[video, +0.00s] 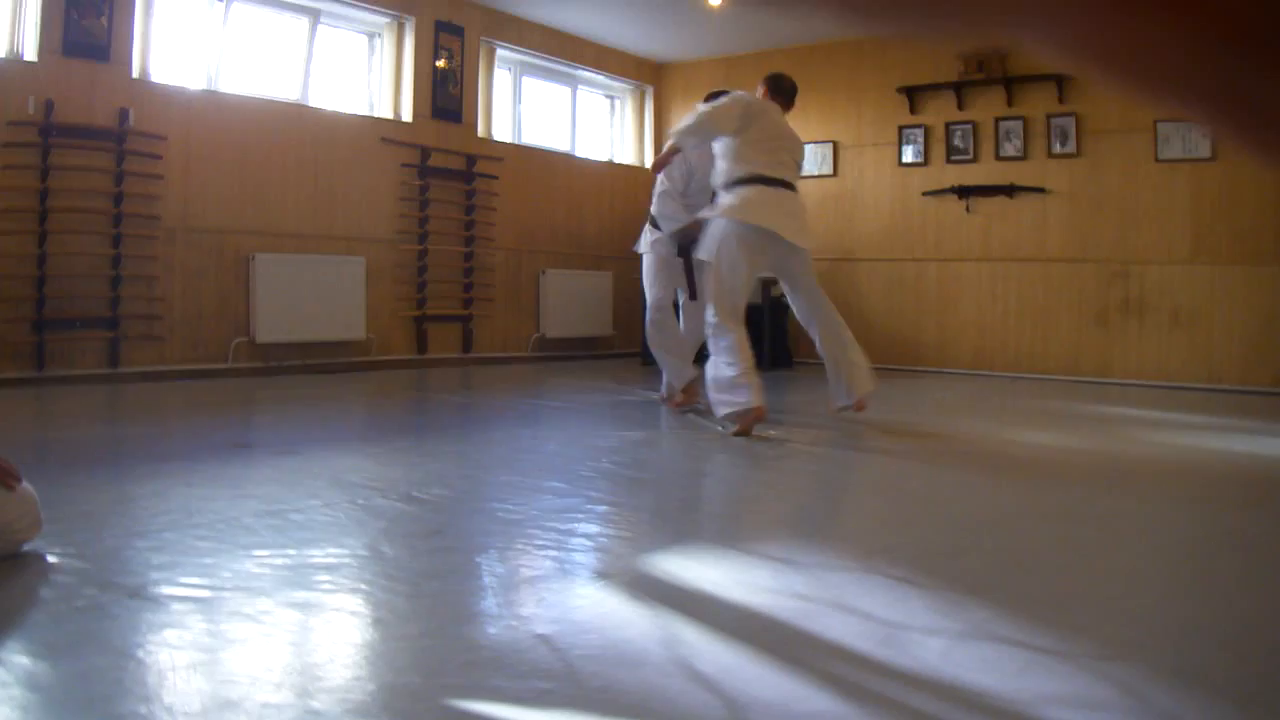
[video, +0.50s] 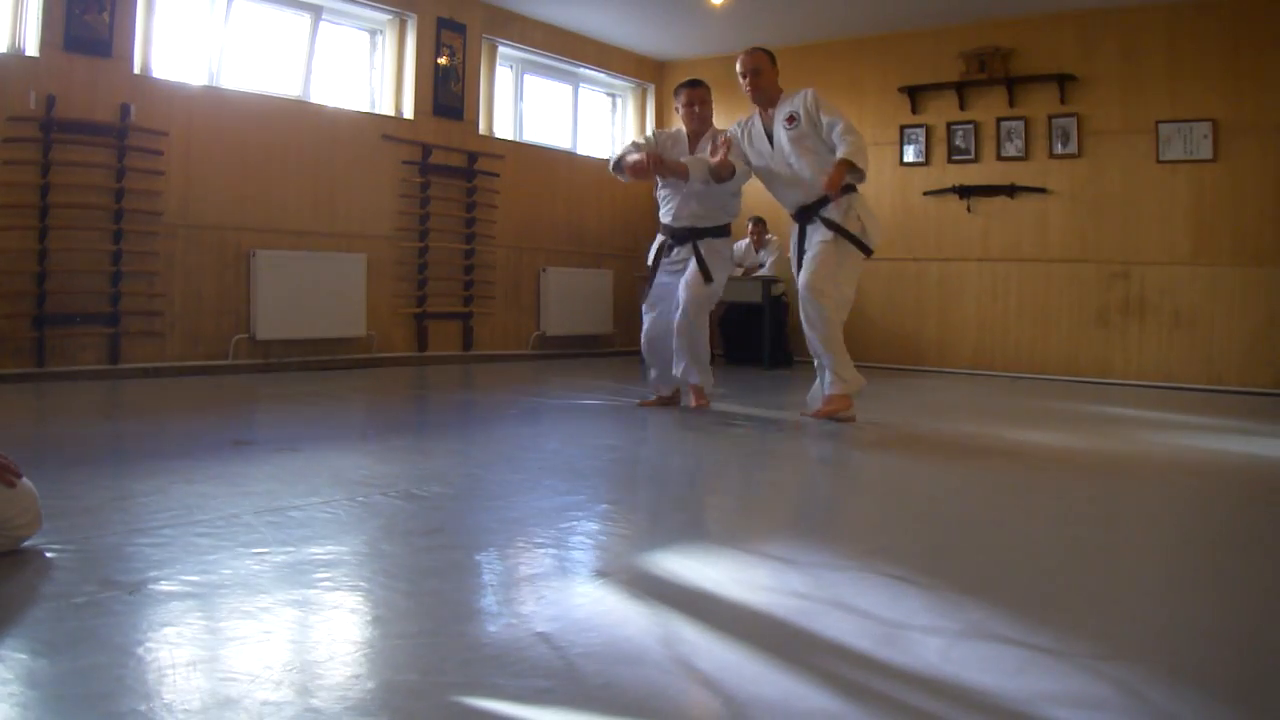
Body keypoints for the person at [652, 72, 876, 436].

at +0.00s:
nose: (755, 91)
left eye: (758, 88)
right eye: (760, 89)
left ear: (763, 90)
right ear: (790, 104)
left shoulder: (746, 103)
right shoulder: (793, 138)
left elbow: (702, 119)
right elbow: (779, 182)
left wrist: (670, 150)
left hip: (740, 213)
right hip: (786, 217)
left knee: (723, 316)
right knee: (813, 304)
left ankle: (741, 402)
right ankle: (854, 386)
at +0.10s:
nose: (751, 107)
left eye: (755, 102)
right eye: (754, 103)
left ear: (765, 101)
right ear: (786, 107)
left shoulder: (769, 115)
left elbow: (741, 136)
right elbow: (751, 208)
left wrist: (704, 145)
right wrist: (701, 230)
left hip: (784, 230)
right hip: (816, 233)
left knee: (742, 321)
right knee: (812, 331)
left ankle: (772, 405)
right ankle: (834, 406)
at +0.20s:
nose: (739, 114)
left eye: (743, 106)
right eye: (738, 108)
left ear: (765, 102)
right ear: (762, 103)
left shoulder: (781, 115)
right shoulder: (763, 155)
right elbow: (733, 199)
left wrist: (756, 157)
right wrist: (679, 197)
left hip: (811, 224)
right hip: (815, 229)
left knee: (769, 315)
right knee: (806, 322)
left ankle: (783, 410)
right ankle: (834, 405)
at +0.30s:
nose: (736, 102)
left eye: (741, 93)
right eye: (734, 96)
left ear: (765, 91)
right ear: (743, 101)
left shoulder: (792, 109)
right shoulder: (752, 150)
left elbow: (833, 142)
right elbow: (718, 174)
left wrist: (802, 161)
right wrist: (665, 168)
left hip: (826, 211)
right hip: (805, 221)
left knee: (790, 303)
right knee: (814, 313)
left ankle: (801, 402)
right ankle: (837, 404)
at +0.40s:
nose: (739, 89)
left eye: (744, 80)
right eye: (735, 84)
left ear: (767, 76)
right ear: (737, 89)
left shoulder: (799, 101)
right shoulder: (747, 135)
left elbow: (843, 136)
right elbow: (729, 173)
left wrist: (822, 160)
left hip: (833, 207)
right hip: (806, 221)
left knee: (802, 294)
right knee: (817, 305)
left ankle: (831, 392)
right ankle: (835, 400)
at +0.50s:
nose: (748, 82)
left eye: (755, 73)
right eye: (742, 76)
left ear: (775, 73)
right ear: (739, 83)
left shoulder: (805, 103)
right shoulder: (743, 131)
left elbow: (850, 138)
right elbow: (726, 175)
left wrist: (840, 169)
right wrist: (719, 161)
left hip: (838, 208)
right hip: (804, 223)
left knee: (813, 288)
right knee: (811, 304)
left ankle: (839, 391)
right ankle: (828, 395)